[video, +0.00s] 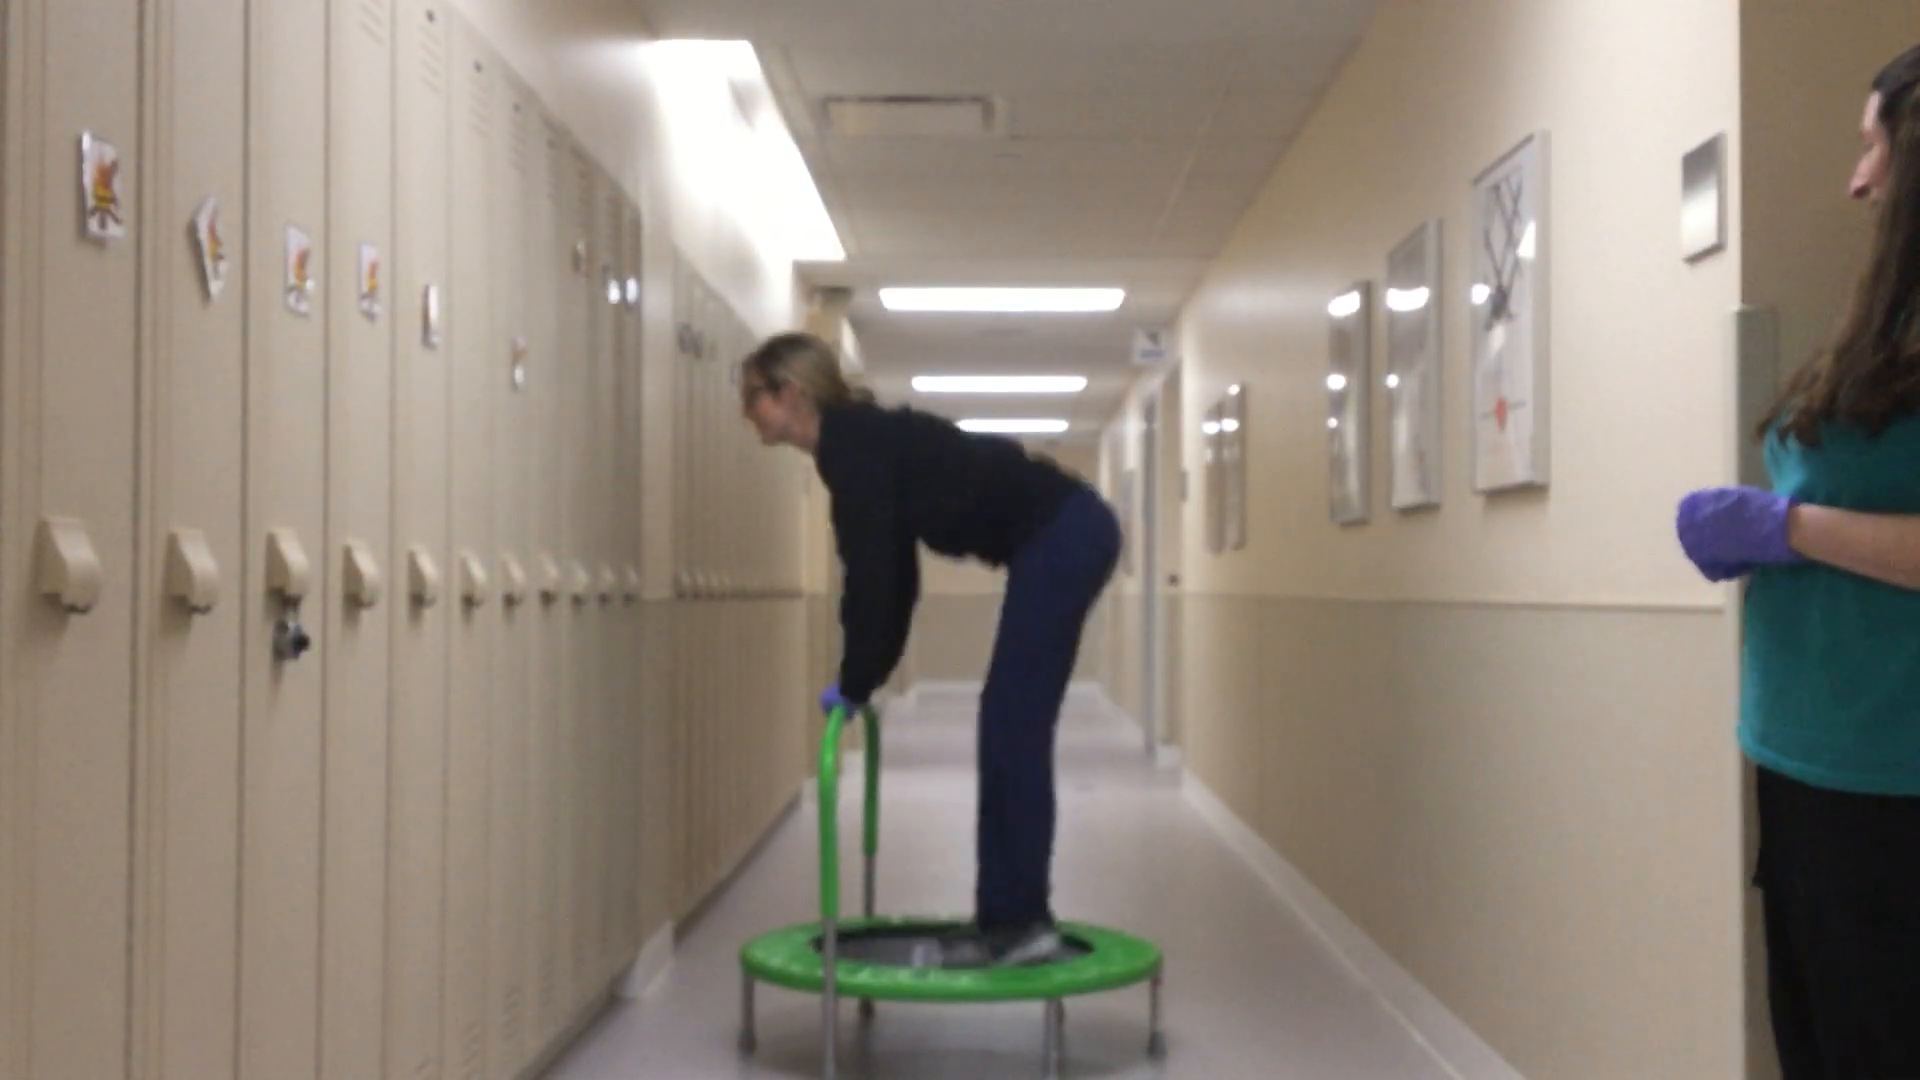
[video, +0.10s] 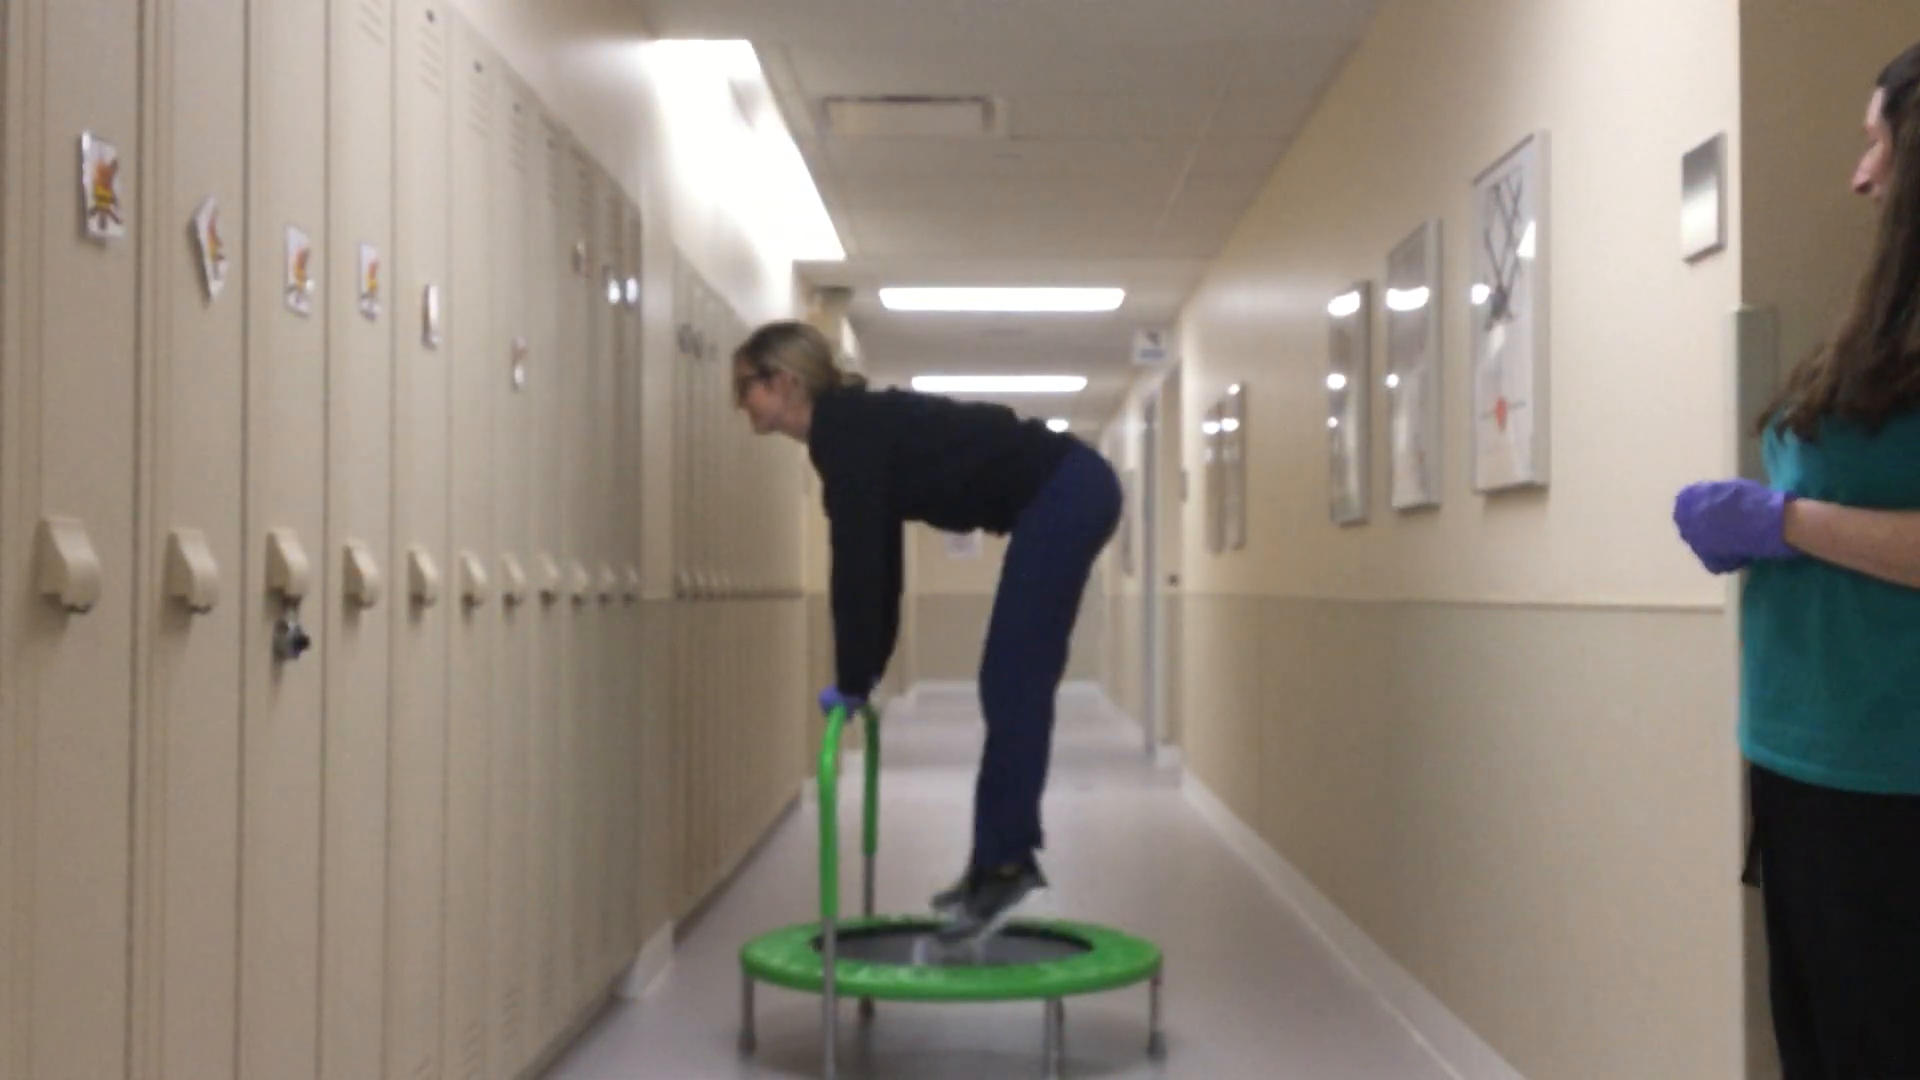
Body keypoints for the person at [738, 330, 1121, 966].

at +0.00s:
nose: (750, 417)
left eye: (753, 400)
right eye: (747, 403)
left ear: (788, 394)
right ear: (798, 393)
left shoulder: (851, 443)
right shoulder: (862, 438)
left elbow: (873, 569)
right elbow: (894, 573)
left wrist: (854, 682)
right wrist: (861, 679)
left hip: (1061, 539)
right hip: (1060, 537)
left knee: (1014, 723)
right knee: (1012, 721)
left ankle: (1014, 919)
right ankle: (1011, 916)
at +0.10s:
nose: (743, 406)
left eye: (747, 388)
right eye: (741, 391)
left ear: (784, 382)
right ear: (793, 383)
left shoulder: (844, 432)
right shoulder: (854, 428)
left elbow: (860, 562)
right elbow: (877, 566)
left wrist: (852, 682)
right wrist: (860, 679)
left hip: (1063, 495)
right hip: (1062, 495)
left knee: (1014, 681)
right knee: (1015, 682)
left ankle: (1004, 866)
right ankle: (1002, 862)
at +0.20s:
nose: (742, 407)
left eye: (746, 389)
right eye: (740, 393)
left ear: (784, 384)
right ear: (792, 385)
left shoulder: (844, 434)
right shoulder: (852, 429)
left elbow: (860, 561)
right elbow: (875, 565)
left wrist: (851, 681)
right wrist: (859, 678)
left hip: (1065, 497)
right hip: (1061, 497)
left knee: (1010, 679)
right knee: (1009, 678)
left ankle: (989, 862)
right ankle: (987, 858)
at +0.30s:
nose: (753, 418)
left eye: (758, 401)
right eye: (751, 403)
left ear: (795, 396)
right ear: (801, 397)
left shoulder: (856, 448)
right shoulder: (859, 446)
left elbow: (877, 575)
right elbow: (894, 577)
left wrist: (853, 684)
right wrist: (858, 681)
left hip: (1065, 542)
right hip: (1057, 542)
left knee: (988, 707)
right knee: (982, 705)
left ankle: (1002, 900)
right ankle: (985, 897)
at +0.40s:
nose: (776, 450)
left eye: (782, 434)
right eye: (774, 436)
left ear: (818, 432)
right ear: (820, 434)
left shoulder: (873, 491)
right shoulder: (870, 489)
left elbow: (911, 608)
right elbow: (908, 607)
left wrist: (857, 687)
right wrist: (858, 682)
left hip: (1061, 622)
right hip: (1056, 620)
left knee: (955, 766)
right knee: (956, 764)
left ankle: (998, 936)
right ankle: (996, 932)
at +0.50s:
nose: (798, 488)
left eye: (805, 473)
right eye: (799, 473)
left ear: (839, 475)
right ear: (841, 477)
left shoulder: (894, 538)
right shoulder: (891, 536)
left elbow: (931, 641)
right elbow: (928, 641)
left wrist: (858, 691)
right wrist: (861, 687)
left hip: (1064, 688)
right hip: (1056, 685)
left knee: (922, 795)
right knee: (919, 792)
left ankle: (993, 943)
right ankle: (987, 937)